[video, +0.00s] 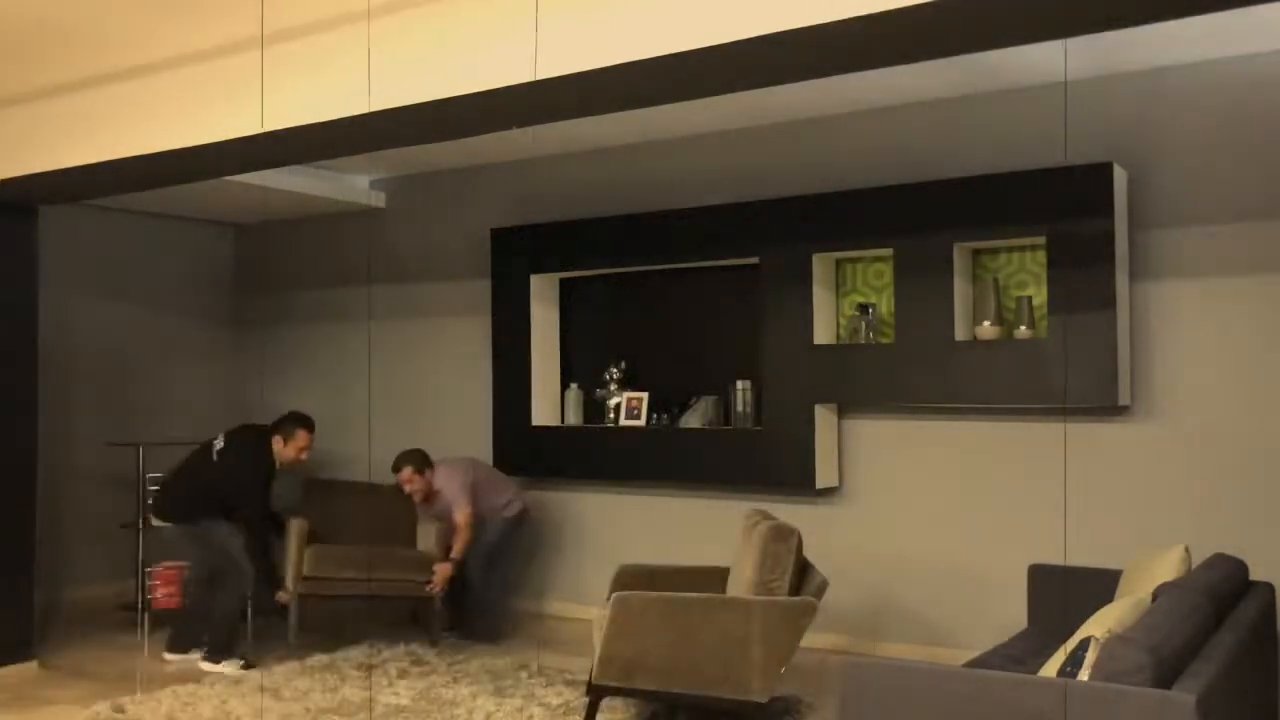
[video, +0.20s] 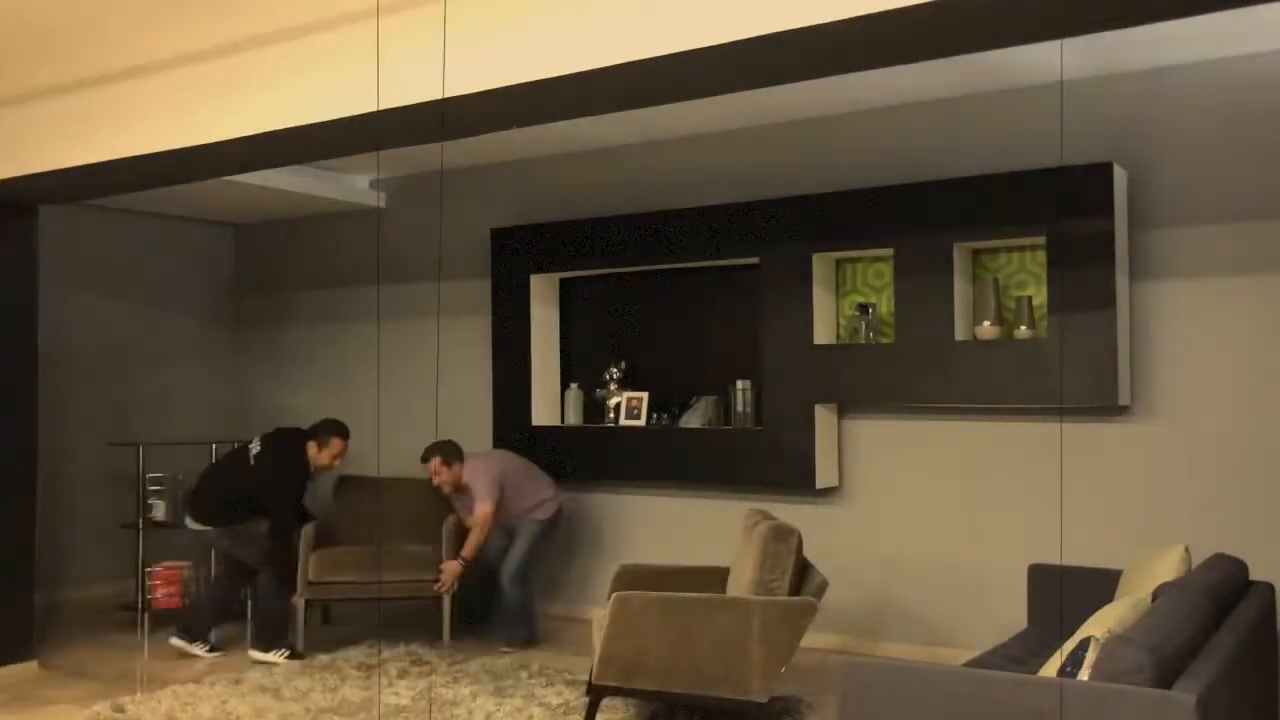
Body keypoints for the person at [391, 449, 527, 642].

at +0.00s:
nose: (407, 490)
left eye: (410, 482)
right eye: (403, 485)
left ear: (426, 473)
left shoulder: (451, 477)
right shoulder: (427, 496)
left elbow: (465, 525)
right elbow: (446, 526)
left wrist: (451, 563)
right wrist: (442, 567)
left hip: (509, 514)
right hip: (481, 517)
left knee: (480, 568)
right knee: (457, 568)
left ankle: (486, 631)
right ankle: (463, 627)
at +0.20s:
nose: (435, 482)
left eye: (437, 474)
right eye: (432, 476)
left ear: (454, 465)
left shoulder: (481, 472)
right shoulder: (458, 488)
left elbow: (483, 522)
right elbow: (475, 525)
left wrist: (460, 563)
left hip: (540, 509)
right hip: (508, 516)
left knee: (510, 572)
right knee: (485, 566)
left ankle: (521, 635)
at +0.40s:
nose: (452, 464)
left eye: (454, 456)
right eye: (450, 458)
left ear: (473, 450)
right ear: (473, 450)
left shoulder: (498, 461)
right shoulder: (479, 474)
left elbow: (496, 515)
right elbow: (493, 519)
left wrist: (467, 558)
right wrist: (464, 563)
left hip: (560, 514)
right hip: (527, 519)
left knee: (521, 564)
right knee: (500, 566)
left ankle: (538, 648)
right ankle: (508, 638)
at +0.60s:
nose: (462, 472)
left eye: (463, 465)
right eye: (460, 466)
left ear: (478, 458)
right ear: (482, 455)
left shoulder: (497, 472)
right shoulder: (504, 463)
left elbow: (482, 534)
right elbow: (514, 525)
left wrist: (449, 576)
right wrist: (509, 568)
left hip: (581, 516)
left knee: (534, 581)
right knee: (548, 582)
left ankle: (539, 660)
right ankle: (565, 652)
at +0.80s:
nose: (463, 501)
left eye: (462, 492)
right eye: (461, 493)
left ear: (475, 486)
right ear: (482, 482)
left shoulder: (489, 496)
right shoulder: (508, 487)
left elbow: (488, 555)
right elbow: (508, 554)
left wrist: (451, 587)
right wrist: (505, 587)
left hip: (573, 539)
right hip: (595, 532)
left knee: (514, 590)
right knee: (546, 596)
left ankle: (534, 666)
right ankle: (569, 658)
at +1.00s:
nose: (459, 514)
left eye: (458, 505)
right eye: (457, 507)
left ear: (472, 498)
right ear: (482, 493)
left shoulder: (484, 505)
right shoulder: (506, 497)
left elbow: (485, 561)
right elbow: (505, 564)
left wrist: (450, 591)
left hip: (570, 548)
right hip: (590, 542)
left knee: (505, 596)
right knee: (534, 599)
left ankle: (533, 669)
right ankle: (570, 660)